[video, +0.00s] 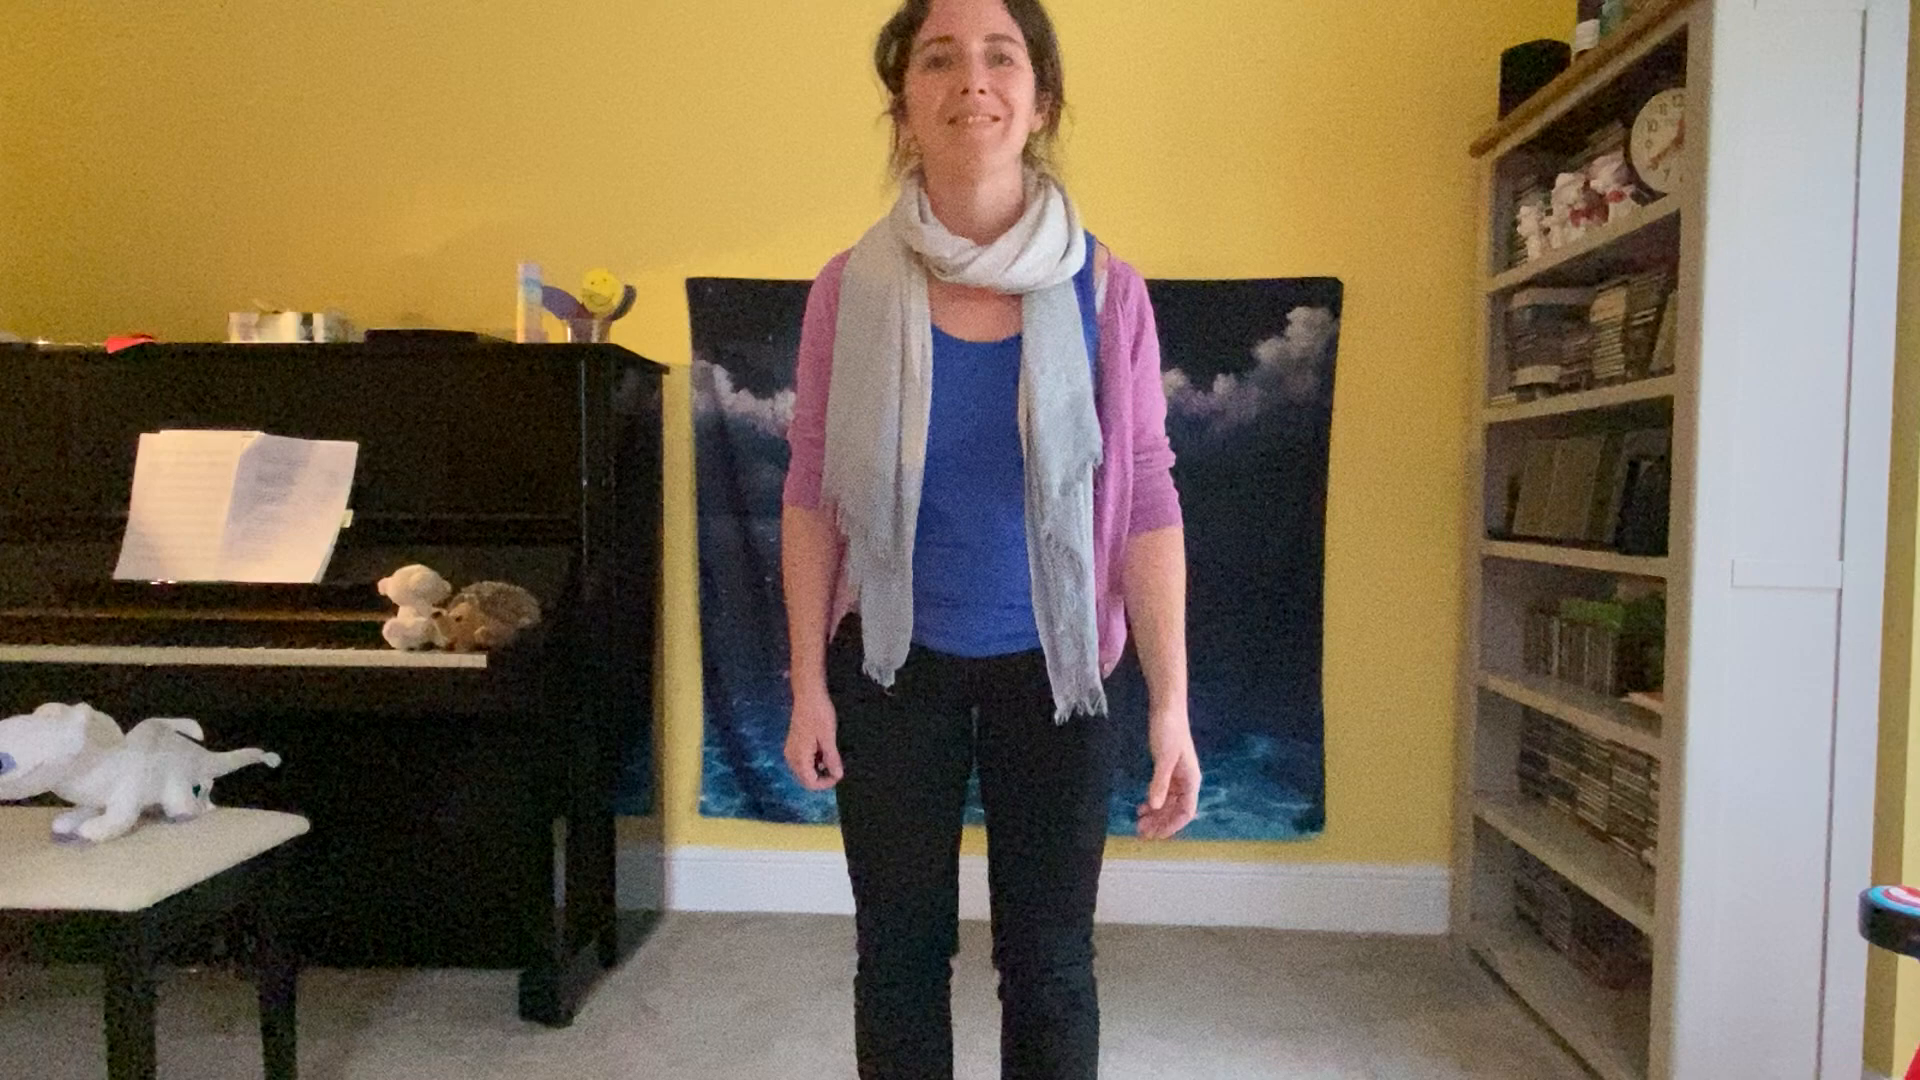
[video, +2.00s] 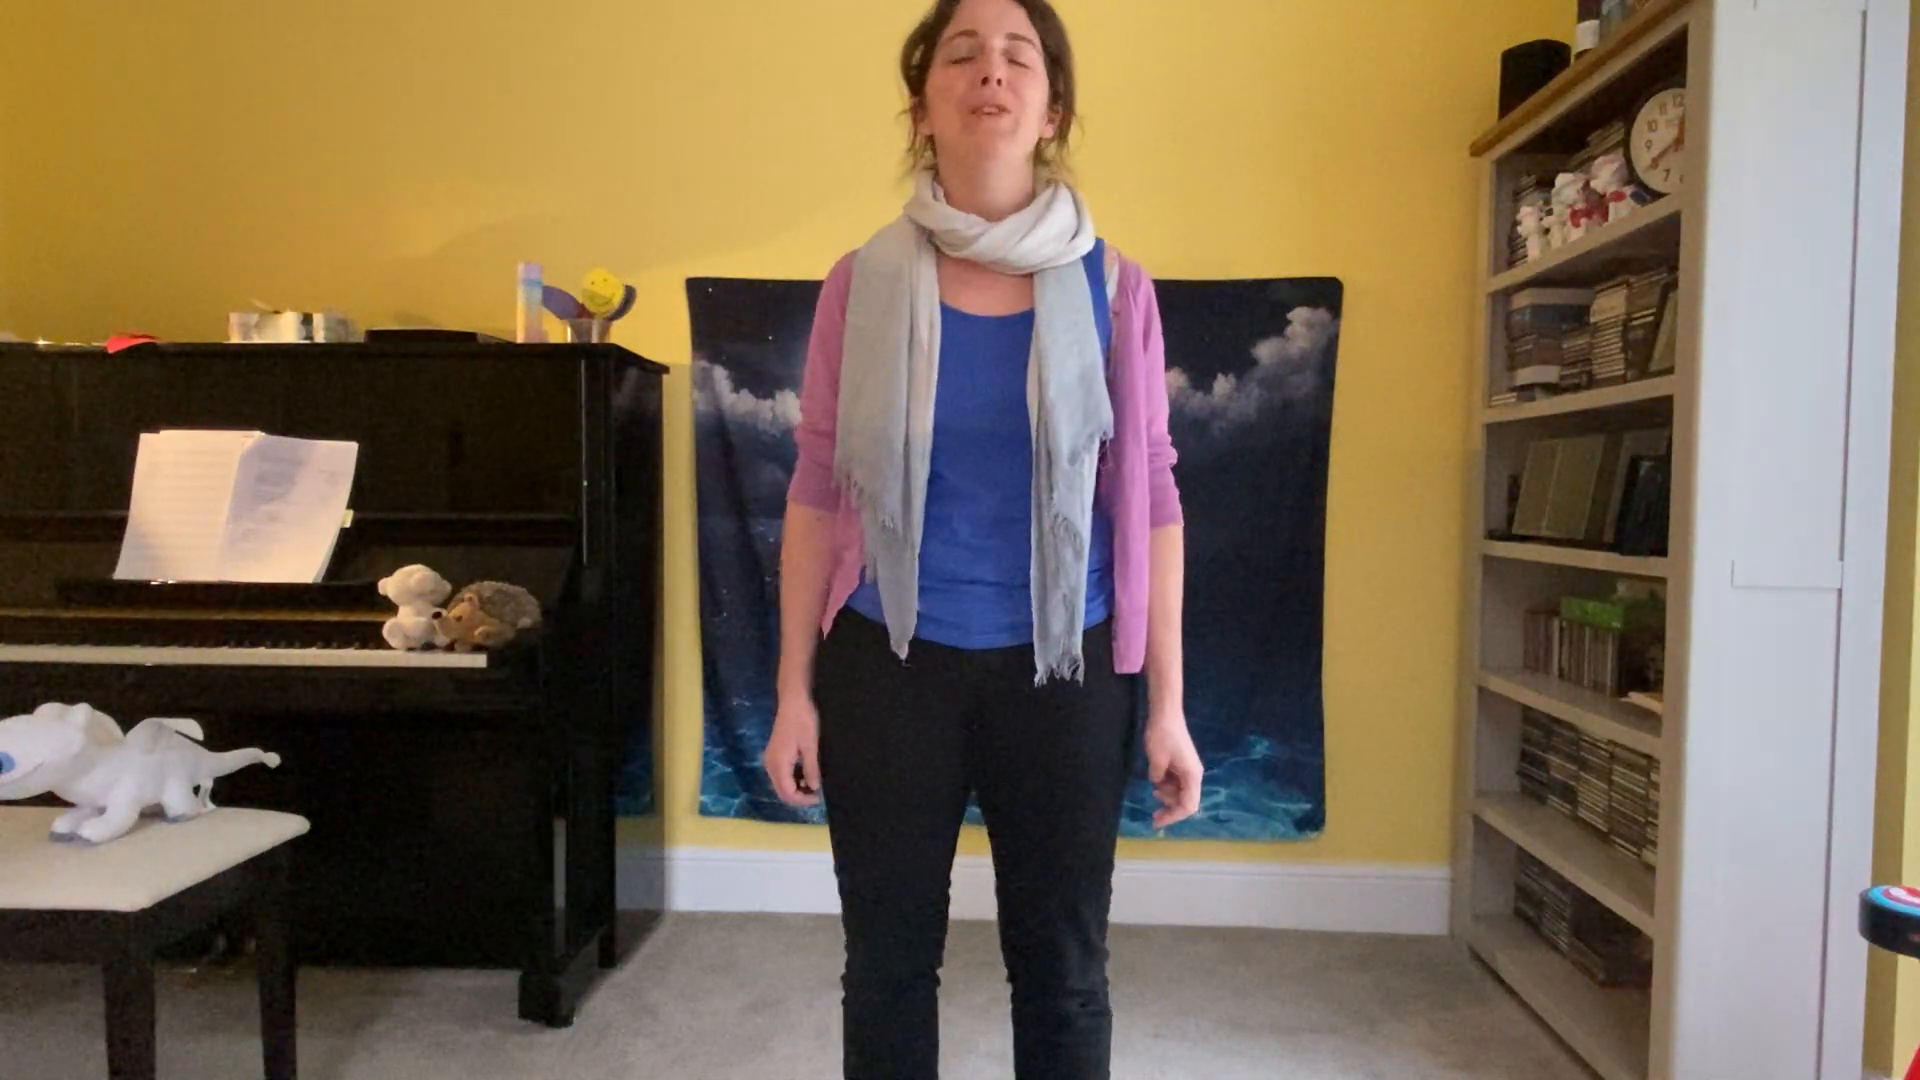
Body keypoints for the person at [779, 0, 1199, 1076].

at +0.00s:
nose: (973, 79)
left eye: (1000, 54)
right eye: (941, 58)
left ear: (1040, 96)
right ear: (901, 101)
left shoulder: (1108, 292)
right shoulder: (845, 291)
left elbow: (1149, 507)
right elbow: (811, 496)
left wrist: (1170, 705)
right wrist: (806, 683)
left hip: (1059, 680)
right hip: (891, 677)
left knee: (1050, 974)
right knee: (898, 970)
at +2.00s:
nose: (991, 68)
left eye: (1018, 53)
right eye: (962, 51)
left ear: (1053, 106)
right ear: (921, 101)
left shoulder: (1117, 292)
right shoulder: (860, 284)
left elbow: (1152, 500)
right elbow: (816, 493)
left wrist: (1166, 702)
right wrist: (792, 688)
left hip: (1066, 680)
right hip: (886, 675)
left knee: (1064, 981)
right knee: (887, 976)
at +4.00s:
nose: (1010, 100)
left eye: (1035, 87)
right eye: (985, 84)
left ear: (1069, 136)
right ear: (946, 133)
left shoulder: (1128, 308)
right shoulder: (883, 299)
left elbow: (1166, 509)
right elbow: (832, 491)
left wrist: (1161, 697)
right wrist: (803, 680)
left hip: (1071, 681)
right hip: (894, 674)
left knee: (1067, 980)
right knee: (893, 978)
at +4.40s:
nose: (1012, 101)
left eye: (1038, 85)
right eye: (986, 82)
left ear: (1070, 131)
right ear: (946, 127)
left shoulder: (1125, 306)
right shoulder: (880, 295)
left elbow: (1162, 509)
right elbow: (828, 494)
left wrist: (1160, 693)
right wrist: (804, 680)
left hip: (1070, 678)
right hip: (895, 671)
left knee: (1065, 982)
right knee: (897, 979)